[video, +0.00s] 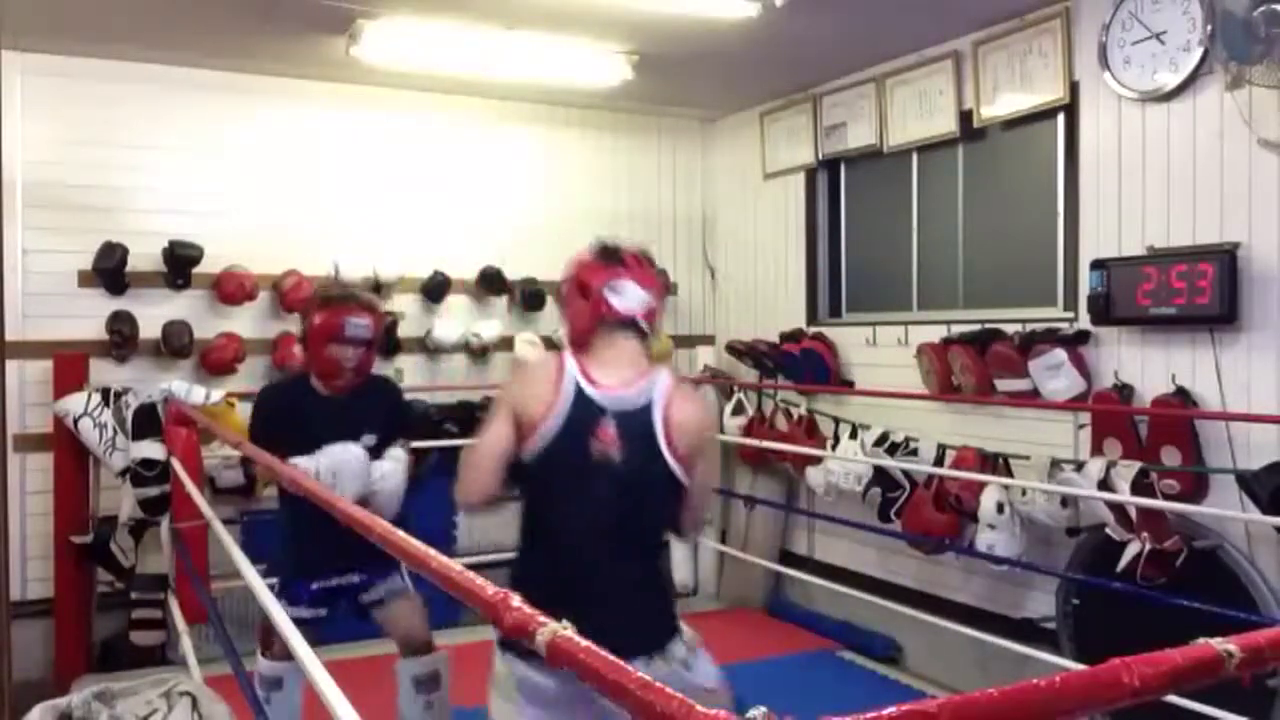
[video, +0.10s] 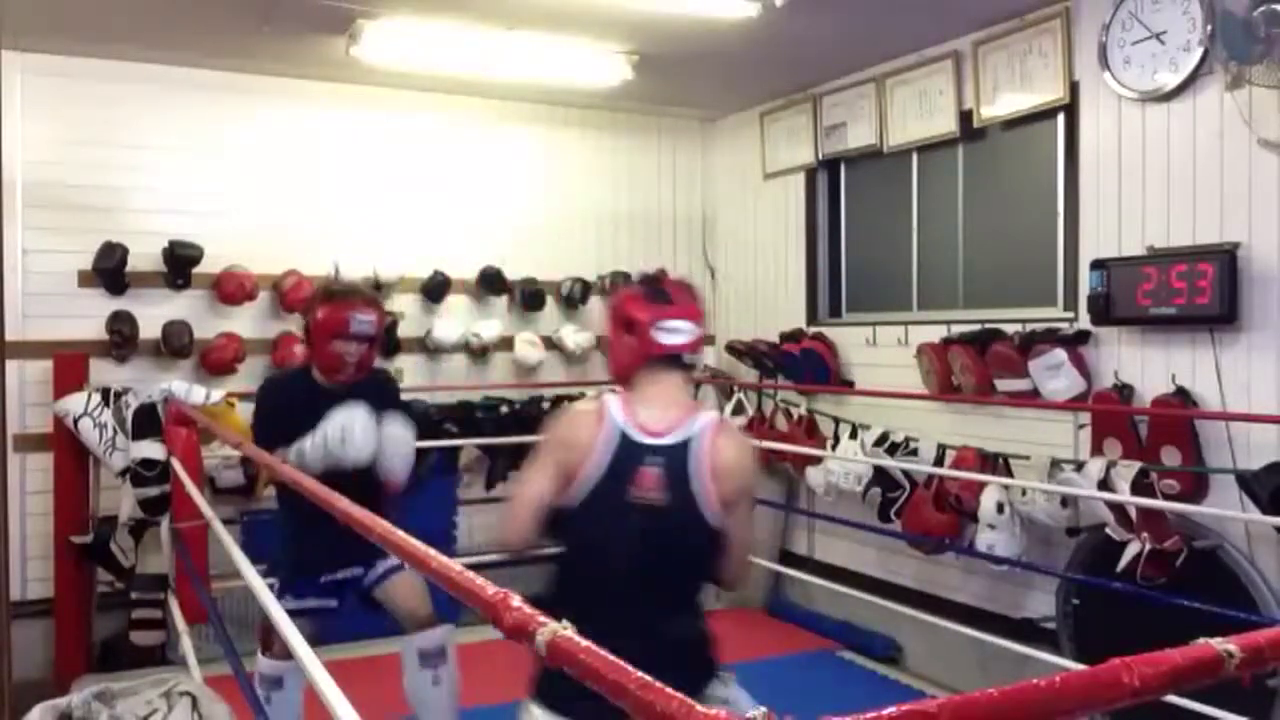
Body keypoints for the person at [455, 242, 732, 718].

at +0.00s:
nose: (564, 315)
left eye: (568, 301)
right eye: (565, 302)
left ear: (586, 307)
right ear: (649, 317)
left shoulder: (535, 382)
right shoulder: (688, 406)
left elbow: (472, 488)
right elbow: (689, 520)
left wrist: (536, 464)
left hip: (539, 642)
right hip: (643, 647)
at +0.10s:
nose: (608, 346)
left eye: (612, 335)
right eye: (611, 334)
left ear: (626, 342)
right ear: (692, 345)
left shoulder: (579, 425)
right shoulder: (728, 447)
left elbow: (515, 533)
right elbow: (731, 572)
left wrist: (578, 513)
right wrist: (676, 529)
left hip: (577, 677)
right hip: (677, 681)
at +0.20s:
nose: (656, 333)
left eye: (661, 319)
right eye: (658, 319)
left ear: (682, 325)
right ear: (737, 322)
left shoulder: (645, 414)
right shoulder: (793, 415)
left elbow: (601, 529)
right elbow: (790, 541)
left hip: (658, 652)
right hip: (752, 651)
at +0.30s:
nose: (695, 300)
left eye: (698, 286)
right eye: (694, 286)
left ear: (724, 286)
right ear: (771, 280)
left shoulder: (714, 369)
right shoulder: (838, 363)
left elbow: (693, 487)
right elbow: (860, 478)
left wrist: (683, 432)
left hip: (733, 610)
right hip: (818, 607)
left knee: (687, 713)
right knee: (802, 712)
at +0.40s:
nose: (730, 282)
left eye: (731, 266)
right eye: (727, 268)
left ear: (760, 262)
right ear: (802, 255)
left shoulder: (764, 338)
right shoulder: (875, 334)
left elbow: (755, 455)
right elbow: (906, 443)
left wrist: (713, 419)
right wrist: (833, 420)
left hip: (787, 574)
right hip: (869, 565)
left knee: (751, 704)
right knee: (869, 706)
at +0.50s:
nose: (772, 300)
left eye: (774, 284)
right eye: (770, 285)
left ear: (802, 279)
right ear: (844, 272)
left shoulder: (798, 346)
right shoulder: (914, 345)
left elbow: (788, 459)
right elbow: (938, 451)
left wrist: (746, 428)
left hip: (832, 589)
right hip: (910, 578)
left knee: (825, 710)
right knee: (909, 710)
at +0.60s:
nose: (812, 332)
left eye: (815, 318)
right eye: (810, 318)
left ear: (844, 313)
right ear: (880, 306)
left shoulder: (837, 387)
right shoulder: (943, 380)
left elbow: (814, 499)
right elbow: (965, 490)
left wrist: (777, 458)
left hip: (872, 621)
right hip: (945, 609)